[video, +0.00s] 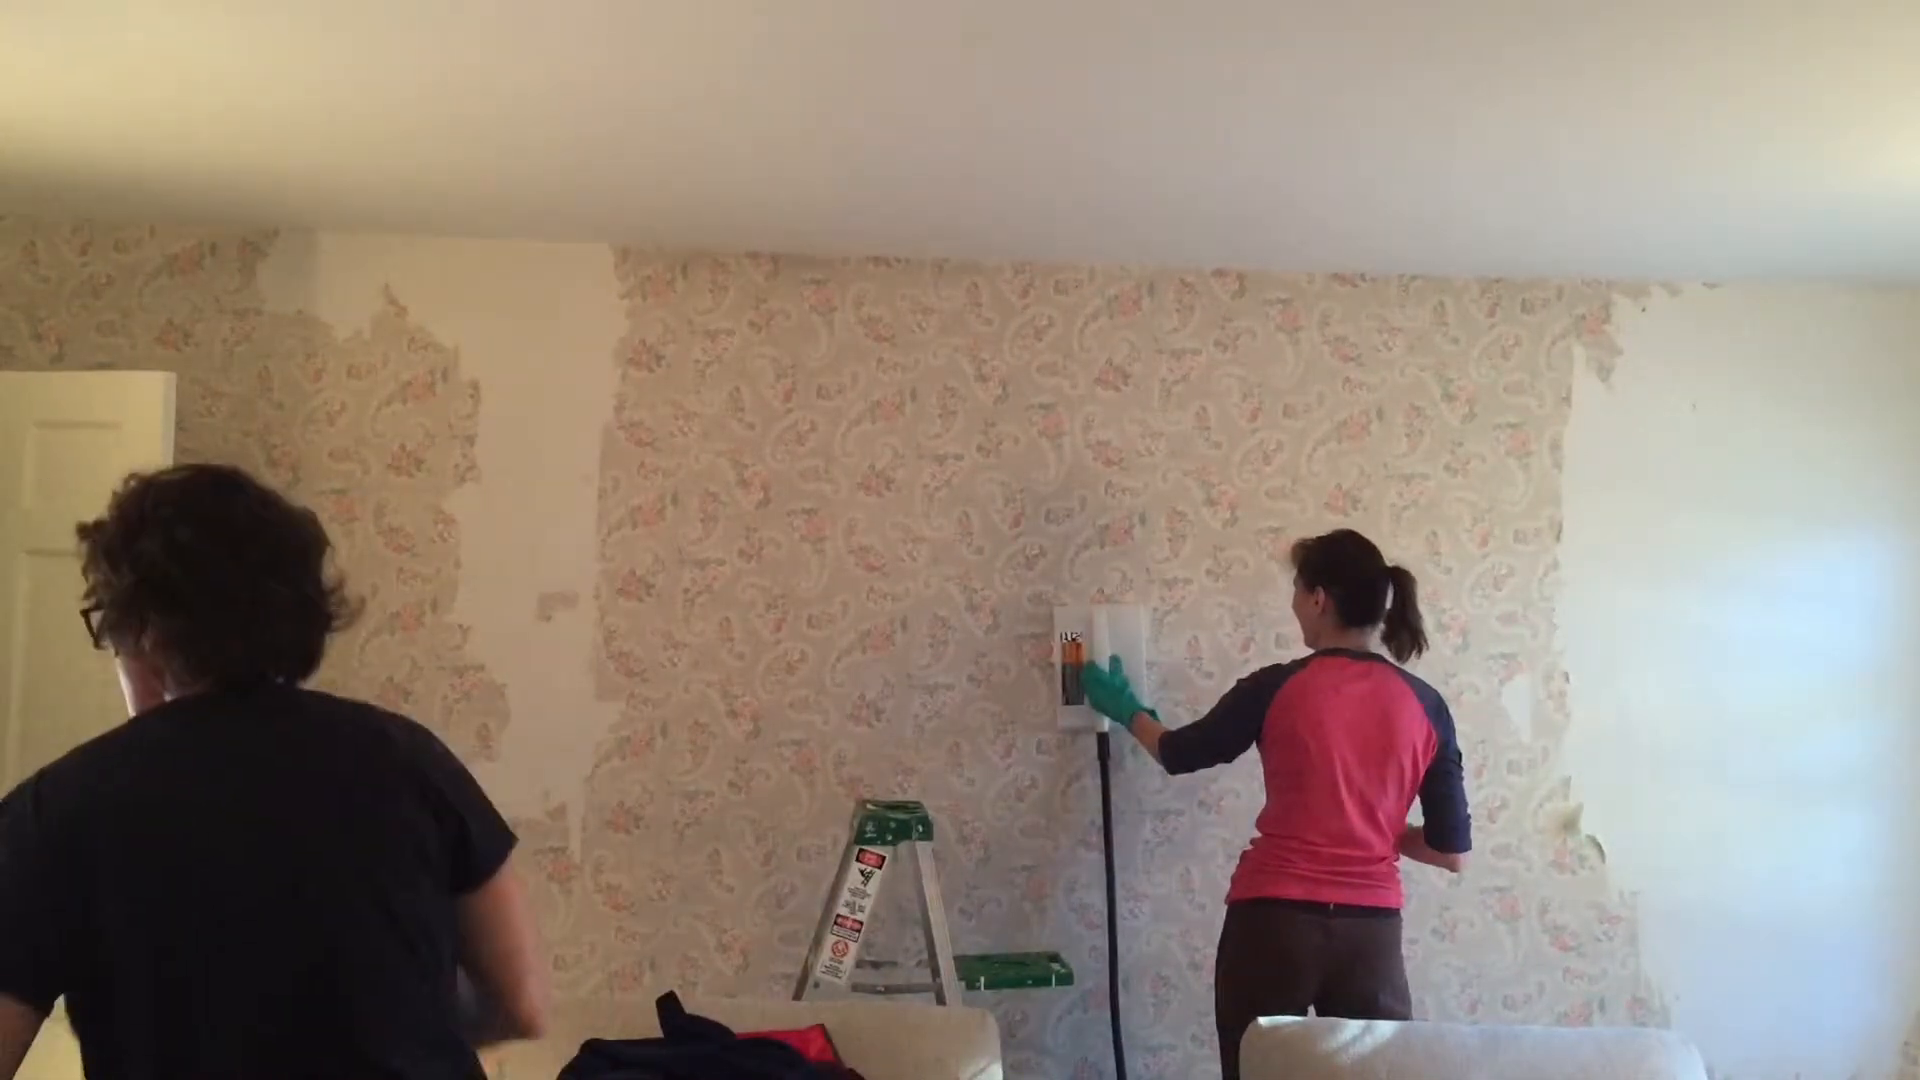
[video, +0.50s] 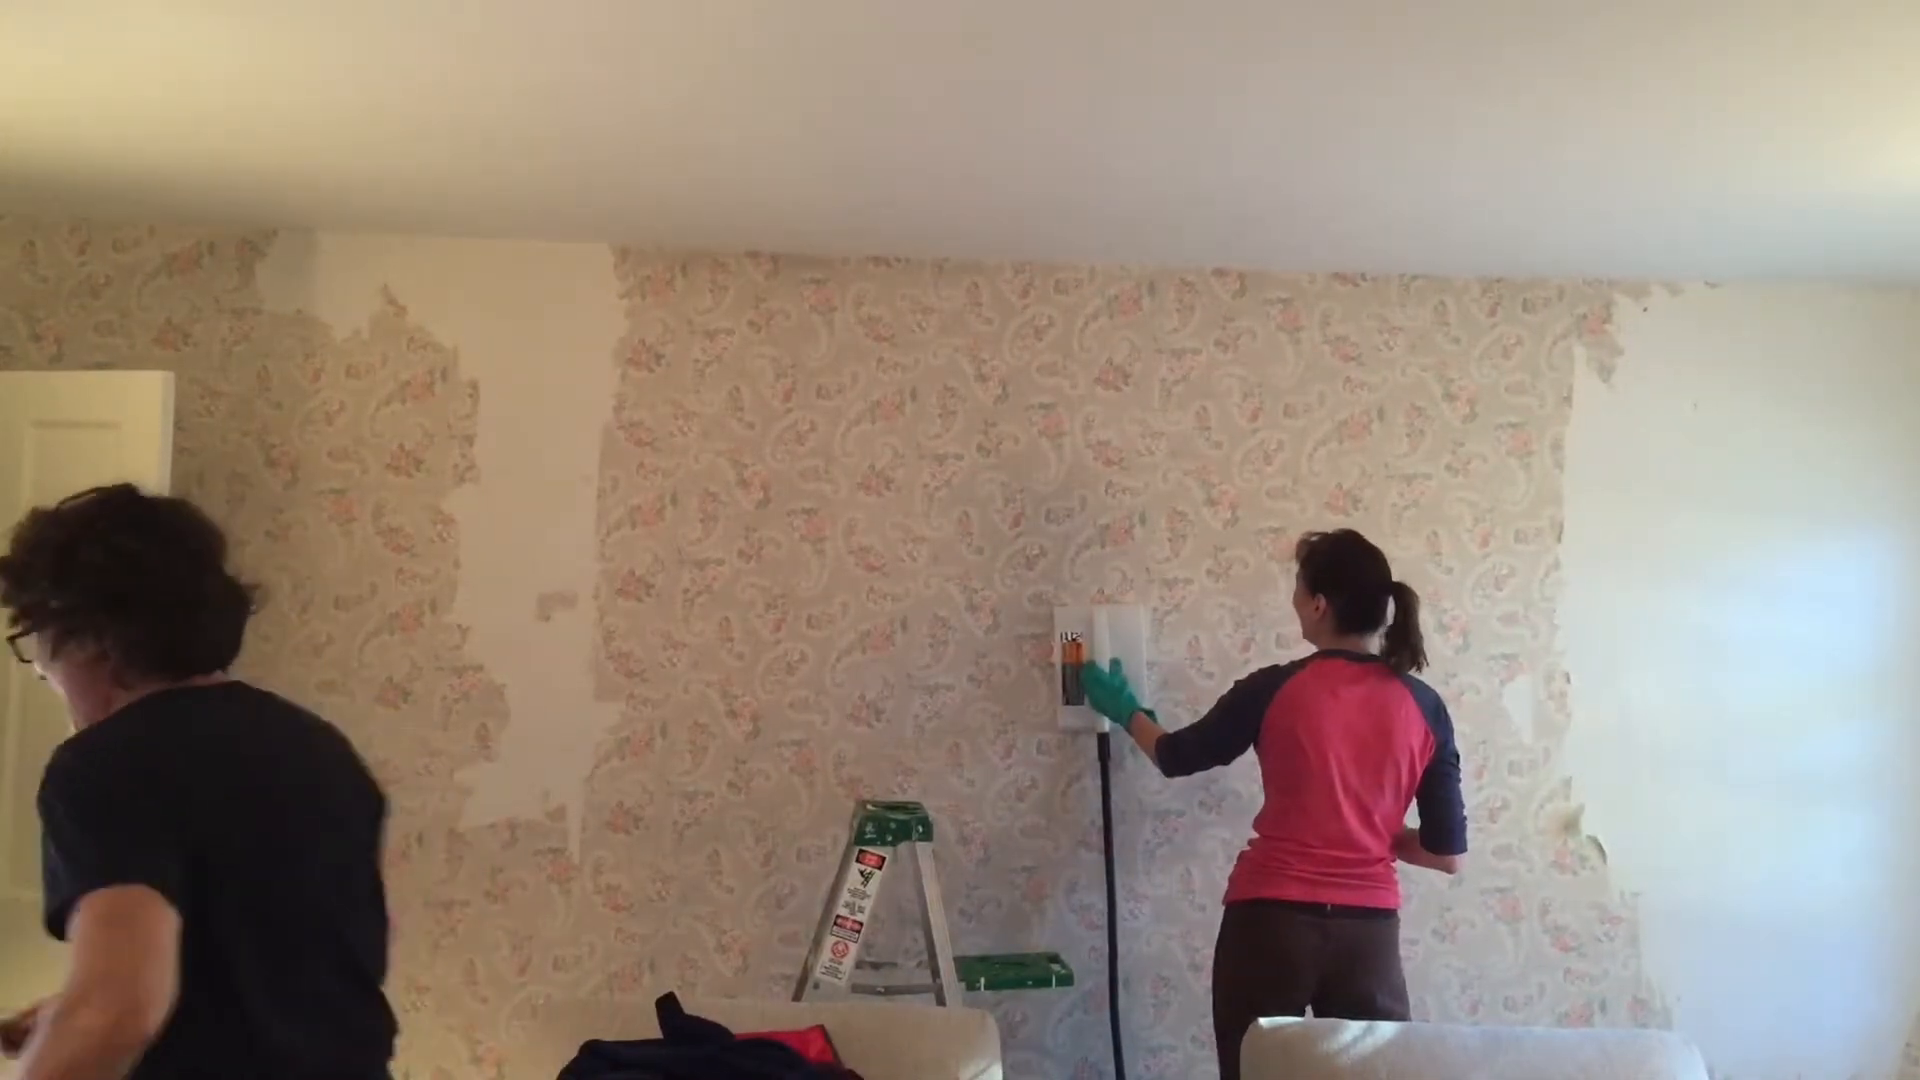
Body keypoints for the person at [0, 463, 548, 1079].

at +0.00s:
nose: (107, 647)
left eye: (106, 619)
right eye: (100, 620)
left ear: (146, 631)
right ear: (295, 613)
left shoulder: (52, 814)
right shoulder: (406, 759)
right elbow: (519, 1008)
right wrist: (372, 1005)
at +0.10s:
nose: (99, 652)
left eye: (99, 626)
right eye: (93, 627)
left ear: (141, 634)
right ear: (281, 616)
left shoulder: (53, 810)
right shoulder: (394, 757)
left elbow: (8, 1052)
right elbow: (491, 1000)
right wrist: (340, 991)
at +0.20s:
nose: (80, 664)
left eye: (82, 635)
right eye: (78, 636)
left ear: (124, 644)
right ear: (257, 625)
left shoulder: (60, 811)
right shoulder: (382, 758)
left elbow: (13, 1060)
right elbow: (470, 1006)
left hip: (171, 1066)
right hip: (394, 1068)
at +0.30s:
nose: (69, 670)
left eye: (72, 641)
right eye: (66, 642)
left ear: (118, 643)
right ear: (240, 626)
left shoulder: (74, 804)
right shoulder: (372, 757)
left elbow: (19, 1058)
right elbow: (455, 1002)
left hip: (181, 1062)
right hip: (383, 1063)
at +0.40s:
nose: (67, 671)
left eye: (66, 644)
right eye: (61, 647)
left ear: (115, 641)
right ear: (226, 619)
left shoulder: (97, 780)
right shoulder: (353, 747)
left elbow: (49, 1036)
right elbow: (424, 983)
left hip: (185, 1066)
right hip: (369, 1066)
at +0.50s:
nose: (53, 688)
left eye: (48, 662)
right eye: (44, 665)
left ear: (98, 643)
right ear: (199, 622)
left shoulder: (112, 762)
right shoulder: (325, 748)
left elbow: (120, 1004)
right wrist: (79, 1014)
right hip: (348, 1062)